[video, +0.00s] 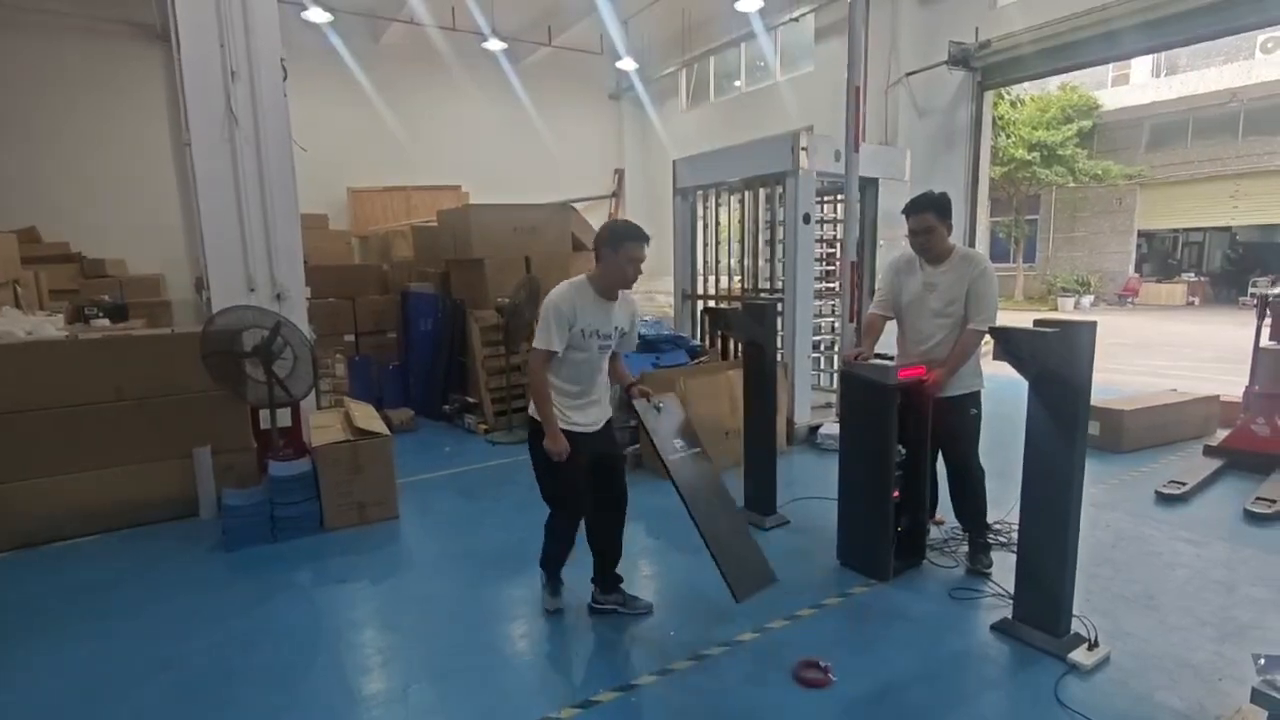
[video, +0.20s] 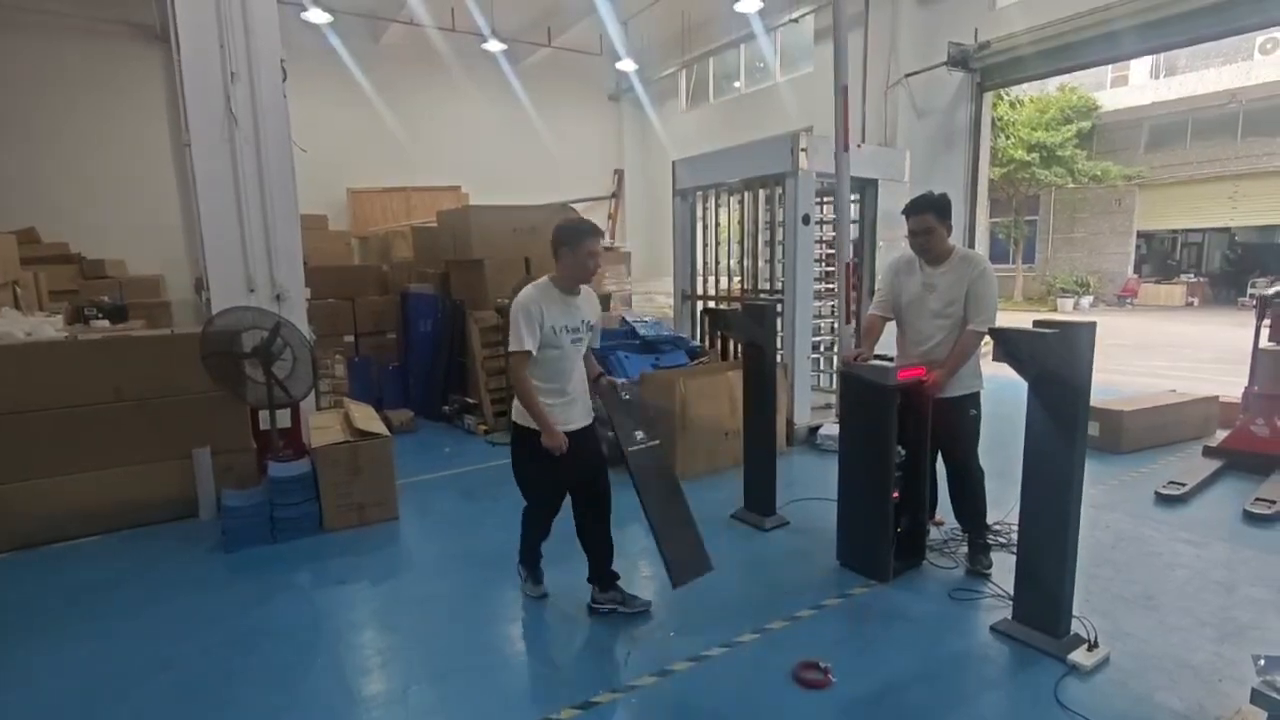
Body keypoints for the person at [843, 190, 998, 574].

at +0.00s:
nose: (917, 242)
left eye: (925, 233)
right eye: (912, 234)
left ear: (948, 228)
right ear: (906, 231)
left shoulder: (976, 267)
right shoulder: (899, 265)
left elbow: (976, 328)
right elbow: (878, 312)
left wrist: (946, 370)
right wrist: (865, 347)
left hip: (959, 388)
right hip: (912, 387)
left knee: (963, 466)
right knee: (915, 467)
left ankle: (977, 540)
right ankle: (911, 543)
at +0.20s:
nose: (917, 242)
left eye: (925, 234)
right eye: (911, 234)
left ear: (948, 229)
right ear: (906, 232)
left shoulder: (975, 268)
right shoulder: (898, 266)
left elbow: (976, 329)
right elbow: (877, 313)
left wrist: (945, 371)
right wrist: (864, 348)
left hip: (958, 389)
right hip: (911, 388)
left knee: (963, 468)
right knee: (914, 469)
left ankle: (977, 540)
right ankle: (911, 544)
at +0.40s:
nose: (917, 243)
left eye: (924, 235)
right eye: (911, 235)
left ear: (948, 229)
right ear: (906, 233)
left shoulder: (976, 269)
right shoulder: (899, 267)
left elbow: (976, 329)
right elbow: (877, 314)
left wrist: (945, 372)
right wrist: (865, 348)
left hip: (959, 391)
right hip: (911, 389)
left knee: (964, 470)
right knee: (914, 471)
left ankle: (977, 542)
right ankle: (910, 547)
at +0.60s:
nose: (917, 244)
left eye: (925, 236)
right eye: (911, 236)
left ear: (948, 231)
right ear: (906, 233)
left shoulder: (976, 269)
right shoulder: (899, 268)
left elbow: (977, 330)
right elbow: (878, 315)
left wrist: (945, 373)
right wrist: (865, 349)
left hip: (959, 391)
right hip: (912, 389)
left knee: (964, 470)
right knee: (915, 471)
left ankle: (978, 542)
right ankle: (911, 547)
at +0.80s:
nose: (917, 244)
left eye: (925, 236)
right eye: (912, 236)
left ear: (949, 232)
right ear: (908, 234)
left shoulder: (978, 270)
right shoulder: (901, 268)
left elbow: (978, 331)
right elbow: (879, 314)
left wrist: (947, 373)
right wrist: (867, 350)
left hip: (960, 392)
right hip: (913, 391)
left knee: (966, 472)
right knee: (915, 472)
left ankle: (979, 543)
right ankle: (912, 548)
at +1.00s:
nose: (919, 245)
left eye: (927, 237)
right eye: (914, 237)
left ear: (951, 233)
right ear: (909, 235)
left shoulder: (979, 271)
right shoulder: (902, 270)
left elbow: (980, 332)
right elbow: (881, 316)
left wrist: (950, 374)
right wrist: (868, 351)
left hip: (962, 392)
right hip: (915, 390)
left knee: (967, 471)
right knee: (918, 472)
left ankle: (982, 544)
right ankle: (915, 549)